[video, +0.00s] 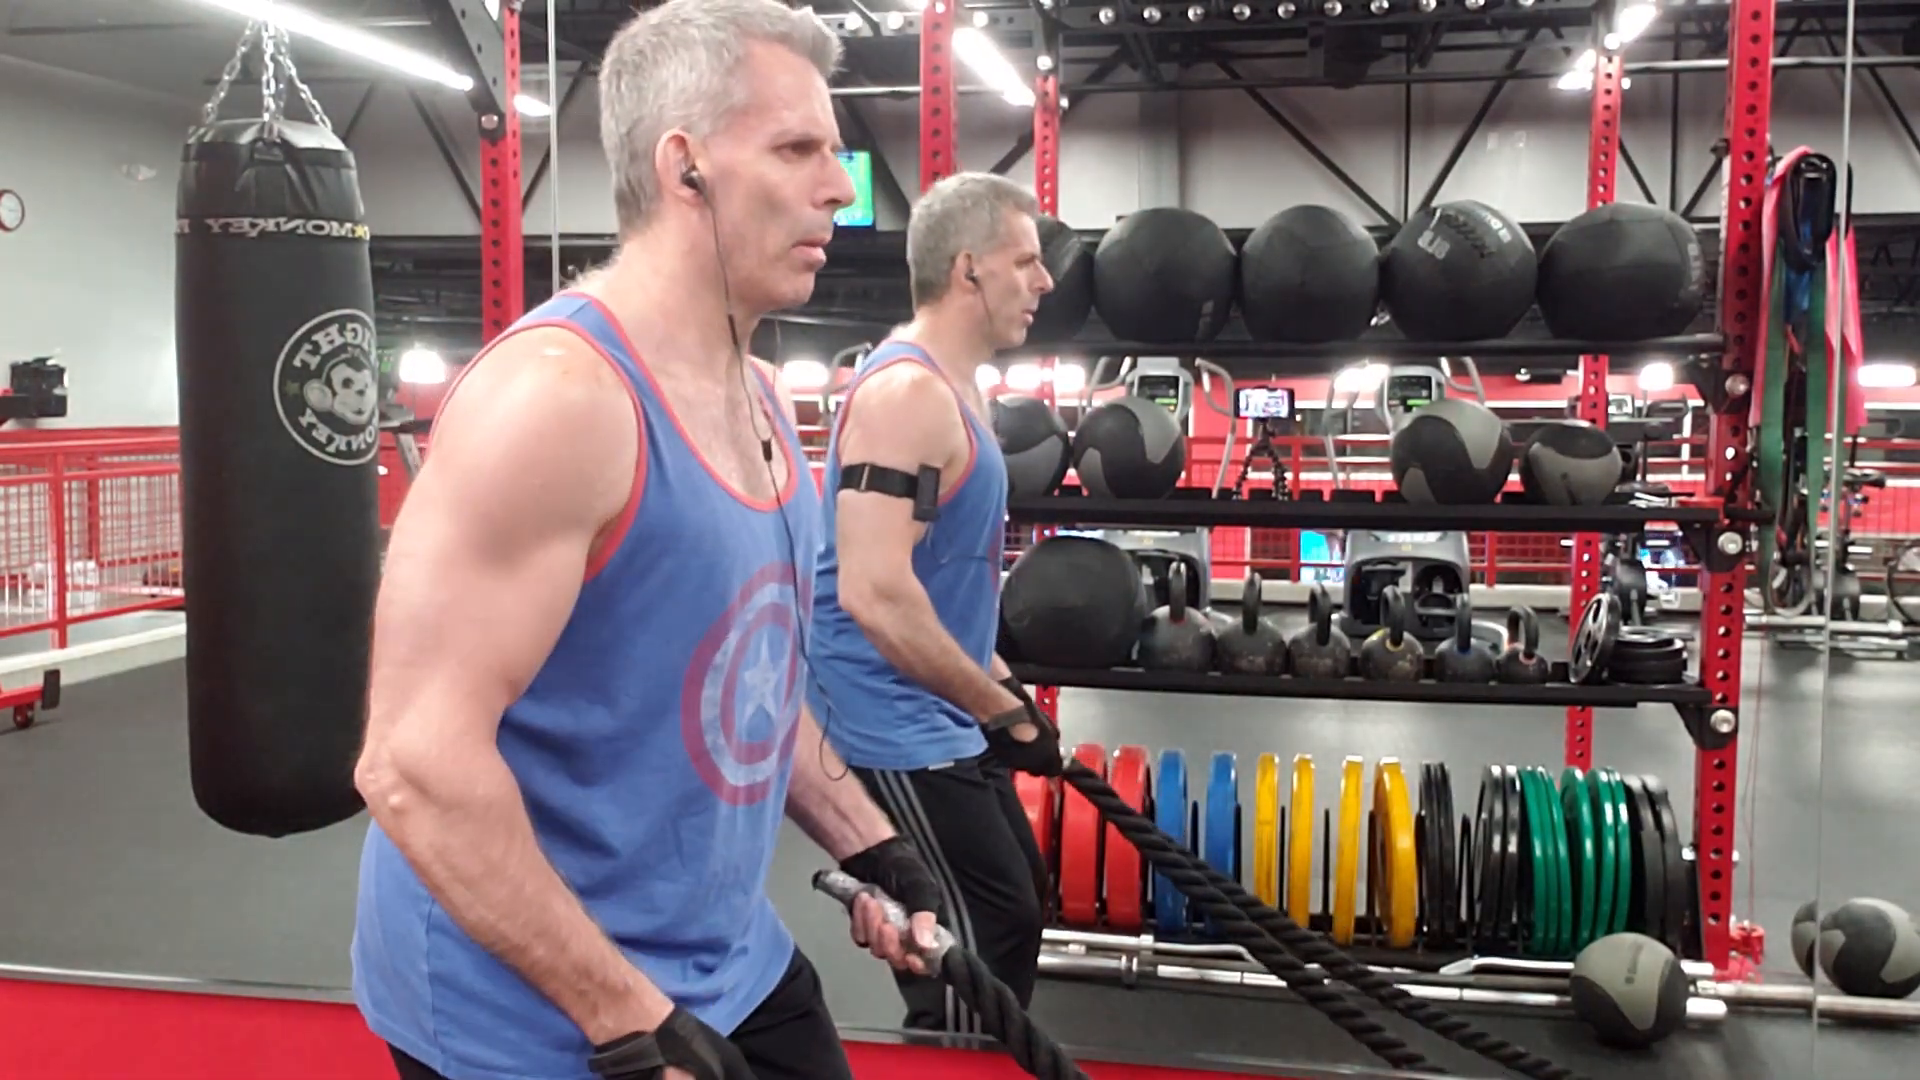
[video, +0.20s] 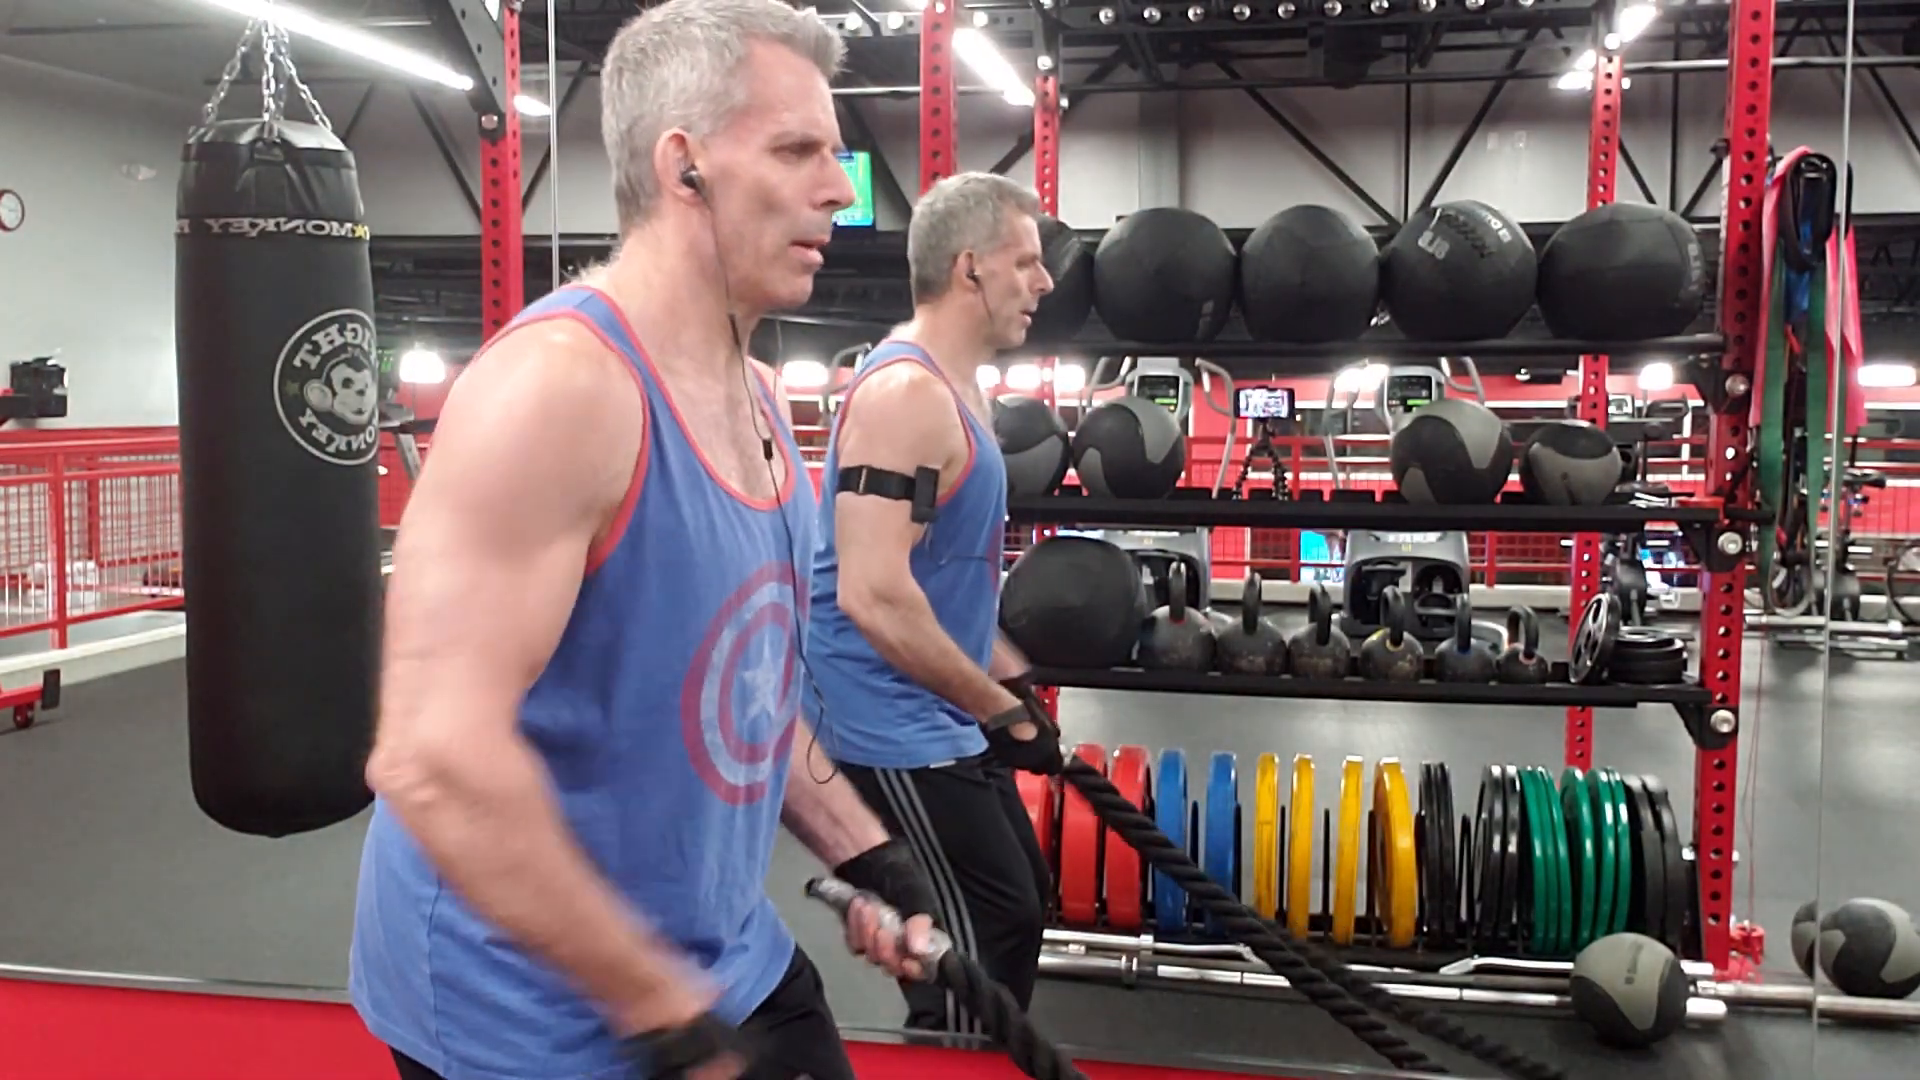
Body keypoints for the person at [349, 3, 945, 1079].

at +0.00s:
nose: (840, 189)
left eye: (834, 151)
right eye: (798, 148)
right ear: (684, 164)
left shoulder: (755, 394)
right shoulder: (549, 395)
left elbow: (746, 679)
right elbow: (416, 763)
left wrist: (875, 859)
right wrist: (633, 1027)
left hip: (731, 959)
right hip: (530, 1015)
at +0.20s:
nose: (839, 189)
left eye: (835, 153)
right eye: (797, 149)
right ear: (682, 165)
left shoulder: (751, 393)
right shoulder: (553, 383)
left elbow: (739, 686)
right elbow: (432, 754)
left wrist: (870, 865)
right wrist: (674, 1017)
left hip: (733, 959)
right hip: (533, 1017)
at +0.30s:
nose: (819, 189)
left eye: (817, 155)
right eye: (781, 149)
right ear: (666, 158)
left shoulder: (746, 388)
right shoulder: (533, 367)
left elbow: (730, 696)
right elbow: (533, 723)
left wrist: (827, 891)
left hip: (722, 947)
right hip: (541, 986)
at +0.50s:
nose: (815, 206)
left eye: (812, 168)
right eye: (775, 164)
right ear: (658, 175)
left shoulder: (741, 388)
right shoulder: (516, 383)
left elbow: (752, 673)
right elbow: (581, 740)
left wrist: (857, 855)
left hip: (697, 924)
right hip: (516, 967)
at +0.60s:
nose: (818, 209)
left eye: (814, 172)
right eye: (779, 169)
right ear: (663, 176)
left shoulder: (729, 374)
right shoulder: (529, 396)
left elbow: (784, 611)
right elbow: (506, 788)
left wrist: (969, 687)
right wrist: (733, 1026)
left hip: (695, 913)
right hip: (514, 979)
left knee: (793, 1049)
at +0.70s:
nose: (817, 216)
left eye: (812, 180)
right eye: (779, 178)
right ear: (658, 185)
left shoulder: (742, 386)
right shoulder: (523, 389)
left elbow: (811, 624)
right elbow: (524, 762)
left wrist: (1017, 625)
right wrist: (784, 913)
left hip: (705, 961)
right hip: (519, 1004)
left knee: (815, 1065)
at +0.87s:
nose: (817, 239)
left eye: (812, 201)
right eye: (776, 200)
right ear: (656, 207)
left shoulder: (765, 404)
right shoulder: (493, 404)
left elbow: (803, 660)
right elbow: (588, 751)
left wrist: (922, 862)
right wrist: (878, 688)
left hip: (708, 922)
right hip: (510, 965)